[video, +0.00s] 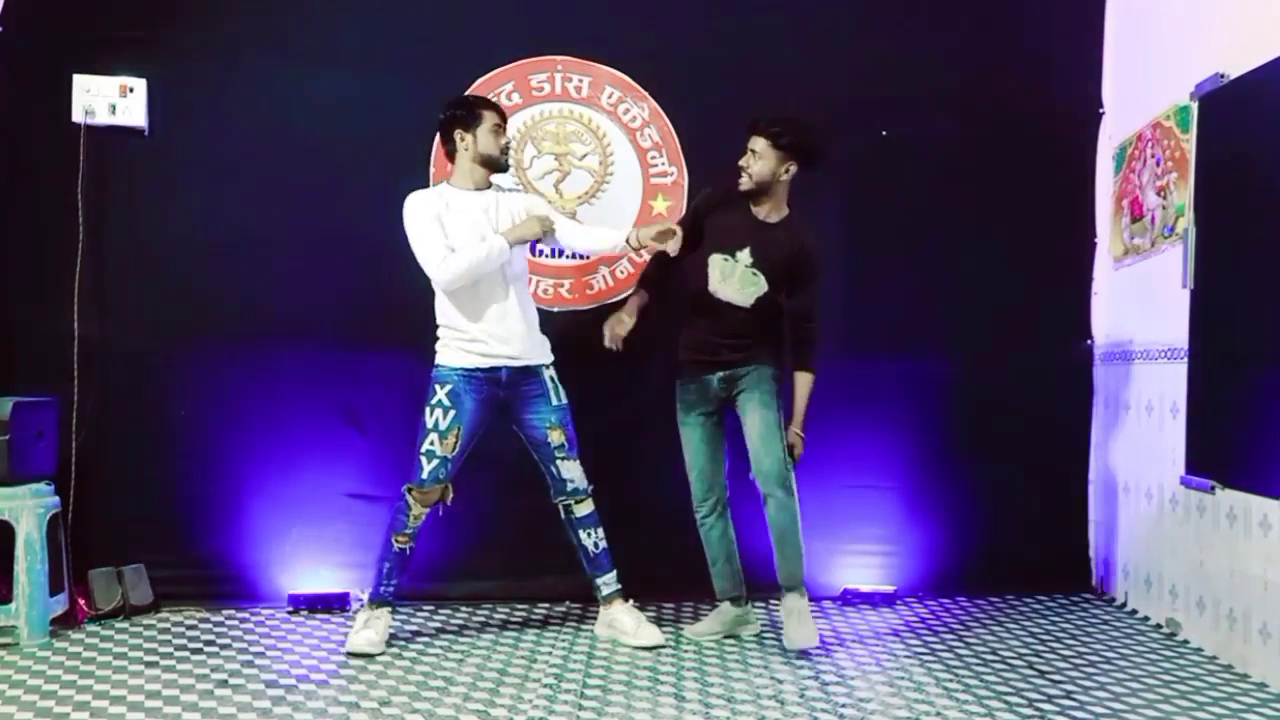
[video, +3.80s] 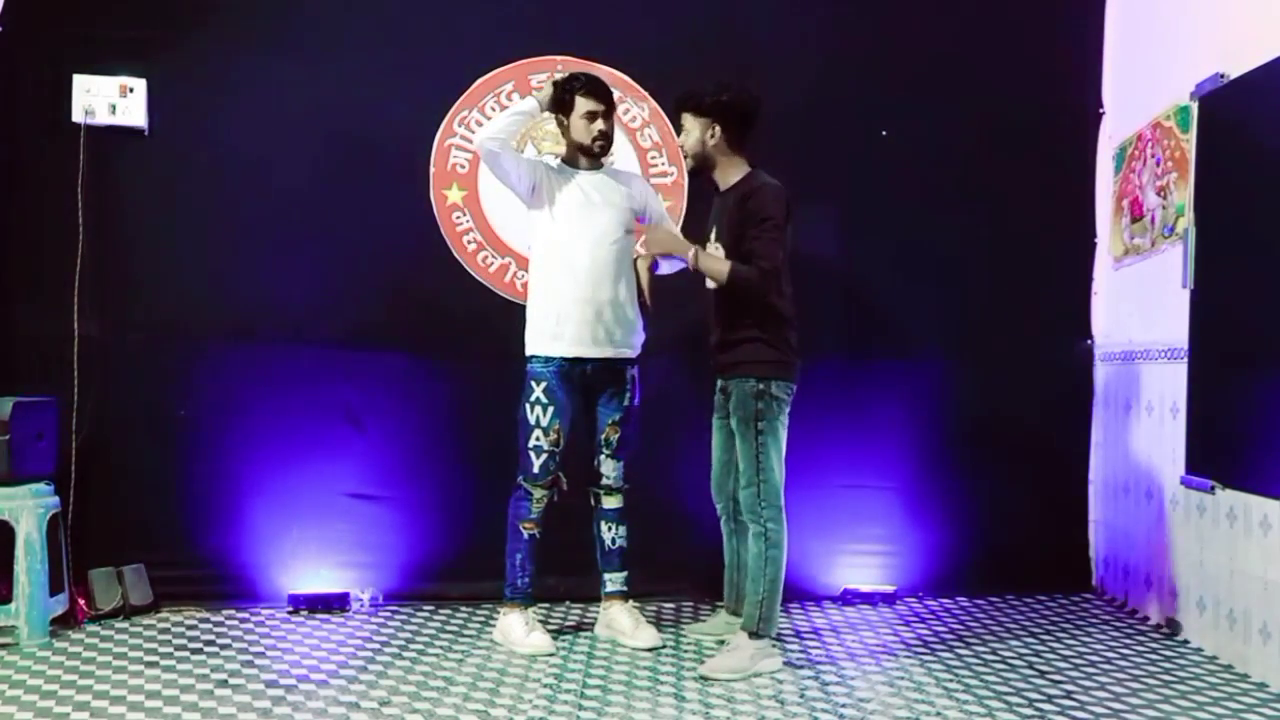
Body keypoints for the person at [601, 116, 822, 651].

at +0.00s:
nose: (742, 162)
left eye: (754, 156)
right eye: (745, 153)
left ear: (786, 168)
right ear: (756, 162)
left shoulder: (796, 246)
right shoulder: (714, 207)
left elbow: (803, 334)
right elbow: (664, 255)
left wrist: (797, 420)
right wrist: (630, 308)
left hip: (755, 370)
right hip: (696, 372)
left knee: (773, 477)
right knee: (706, 497)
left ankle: (794, 598)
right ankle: (733, 603)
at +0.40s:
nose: (737, 145)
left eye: (746, 135)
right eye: (738, 135)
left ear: (777, 141)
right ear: (768, 143)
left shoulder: (824, 217)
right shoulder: (735, 207)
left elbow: (850, 314)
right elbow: (719, 292)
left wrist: (838, 399)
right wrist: (699, 357)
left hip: (793, 377)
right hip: (728, 374)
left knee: (798, 505)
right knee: (723, 499)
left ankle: (802, 622)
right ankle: (736, 606)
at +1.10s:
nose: (720, 143)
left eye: (728, 133)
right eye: (722, 133)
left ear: (758, 139)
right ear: (752, 140)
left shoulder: (807, 201)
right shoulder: (744, 203)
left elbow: (885, 263)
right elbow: (757, 281)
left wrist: (823, 325)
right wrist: (729, 335)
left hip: (784, 377)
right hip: (733, 372)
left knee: (793, 505)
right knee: (731, 498)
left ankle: (802, 623)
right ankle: (740, 609)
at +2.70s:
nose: (714, 142)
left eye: (725, 132)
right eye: (716, 132)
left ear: (759, 139)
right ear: (745, 142)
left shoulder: (796, 202)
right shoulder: (721, 211)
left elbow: (825, 279)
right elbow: (711, 281)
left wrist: (748, 302)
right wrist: (711, 317)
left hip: (777, 377)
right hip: (724, 378)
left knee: (790, 503)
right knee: (733, 499)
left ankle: (802, 622)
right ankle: (741, 609)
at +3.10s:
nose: (702, 145)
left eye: (712, 136)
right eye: (702, 136)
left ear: (747, 143)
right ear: (724, 146)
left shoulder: (773, 206)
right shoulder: (724, 209)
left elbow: (739, 286)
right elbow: (713, 278)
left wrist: (672, 257)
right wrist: (665, 254)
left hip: (762, 370)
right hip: (722, 371)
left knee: (752, 487)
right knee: (726, 493)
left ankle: (797, 615)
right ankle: (741, 610)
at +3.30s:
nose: (697, 150)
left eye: (709, 139)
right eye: (693, 140)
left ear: (742, 145)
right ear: (696, 146)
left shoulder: (766, 199)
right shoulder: (713, 208)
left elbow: (713, 236)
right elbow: (672, 239)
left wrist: (645, 187)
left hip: (764, 371)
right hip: (727, 371)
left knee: (762, 499)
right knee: (730, 498)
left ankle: (759, 634)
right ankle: (738, 609)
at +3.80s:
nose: (680, 139)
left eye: (687, 128)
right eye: (681, 128)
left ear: (716, 133)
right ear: (712, 134)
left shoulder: (762, 192)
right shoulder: (716, 195)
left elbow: (762, 276)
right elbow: (715, 266)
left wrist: (692, 253)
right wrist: (668, 248)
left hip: (763, 370)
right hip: (730, 369)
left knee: (761, 500)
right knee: (728, 496)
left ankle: (762, 638)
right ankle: (738, 613)